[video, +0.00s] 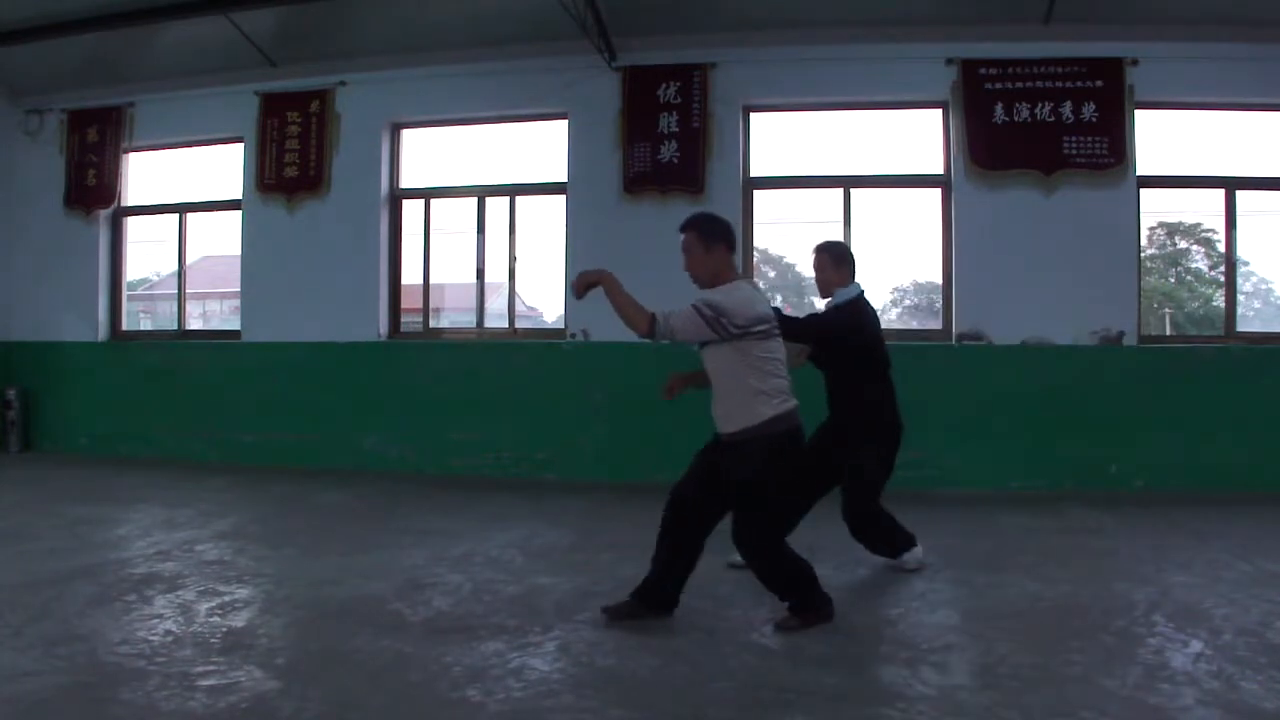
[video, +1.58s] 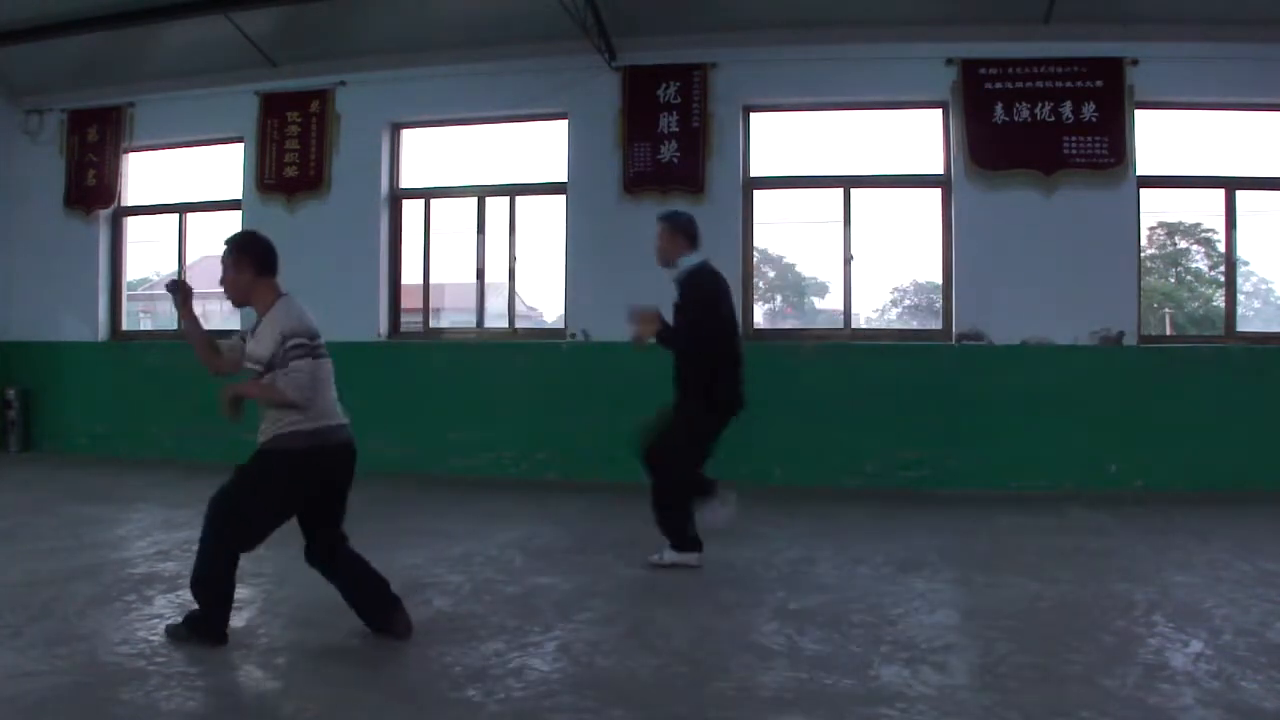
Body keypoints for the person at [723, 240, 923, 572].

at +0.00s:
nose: (815, 278)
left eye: (819, 270)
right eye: (815, 271)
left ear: (839, 270)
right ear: (843, 271)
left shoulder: (848, 315)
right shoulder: (848, 310)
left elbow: (799, 330)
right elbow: (838, 363)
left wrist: (759, 310)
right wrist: (810, 353)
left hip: (871, 429)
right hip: (846, 424)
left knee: (858, 511)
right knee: (794, 487)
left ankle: (906, 549)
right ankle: (760, 549)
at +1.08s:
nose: (809, 264)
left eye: (814, 257)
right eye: (810, 258)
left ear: (832, 260)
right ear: (839, 261)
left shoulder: (840, 305)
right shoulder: (845, 301)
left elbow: (788, 324)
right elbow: (837, 354)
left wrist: (750, 292)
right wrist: (802, 347)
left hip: (849, 416)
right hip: (839, 412)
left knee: (857, 491)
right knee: (779, 469)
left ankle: (908, 548)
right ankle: (757, 544)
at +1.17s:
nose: (798, 269)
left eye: (803, 261)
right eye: (799, 261)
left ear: (819, 263)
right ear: (828, 264)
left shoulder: (830, 308)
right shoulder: (835, 305)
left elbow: (776, 328)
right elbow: (829, 357)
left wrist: (743, 296)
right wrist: (793, 351)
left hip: (839, 417)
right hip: (837, 413)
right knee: (772, 470)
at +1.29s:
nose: (761, 274)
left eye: (765, 267)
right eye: (762, 267)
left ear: (782, 270)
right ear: (790, 269)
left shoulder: (789, 312)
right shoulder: (801, 308)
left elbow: (733, 331)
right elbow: (806, 355)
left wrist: (703, 297)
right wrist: (769, 355)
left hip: (803, 421)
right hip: (818, 419)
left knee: (742, 474)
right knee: (842, 491)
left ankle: (700, 544)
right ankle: (907, 547)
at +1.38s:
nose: (724, 272)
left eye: (730, 266)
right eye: (724, 265)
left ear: (748, 270)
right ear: (750, 270)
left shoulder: (746, 312)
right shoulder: (764, 308)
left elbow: (690, 333)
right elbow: (770, 355)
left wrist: (663, 299)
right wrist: (734, 359)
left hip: (762, 420)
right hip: (782, 417)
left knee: (702, 471)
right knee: (814, 485)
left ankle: (690, 548)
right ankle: (892, 532)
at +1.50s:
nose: (686, 263)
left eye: (690, 255)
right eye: (687, 255)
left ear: (706, 258)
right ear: (714, 259)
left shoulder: (713, 301)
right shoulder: (731, 300)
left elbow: (673, 344)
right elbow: (700, 347)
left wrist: (643, 319)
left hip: (724, 415)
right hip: (746, 414)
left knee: (675, 473)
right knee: (749, 495)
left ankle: (685, 548)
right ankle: (817, 519)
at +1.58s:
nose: (657, 247)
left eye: (661, 239)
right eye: (658, 238)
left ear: (677, 240)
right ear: (684, 241)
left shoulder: (700, 284)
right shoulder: (698, 281)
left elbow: (694, 345)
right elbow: (695, 343)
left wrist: (660, 329)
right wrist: (661, 329)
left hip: (709, 397)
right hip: (707, 394)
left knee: (662, 456)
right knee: (668, 457)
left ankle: (684, 546)